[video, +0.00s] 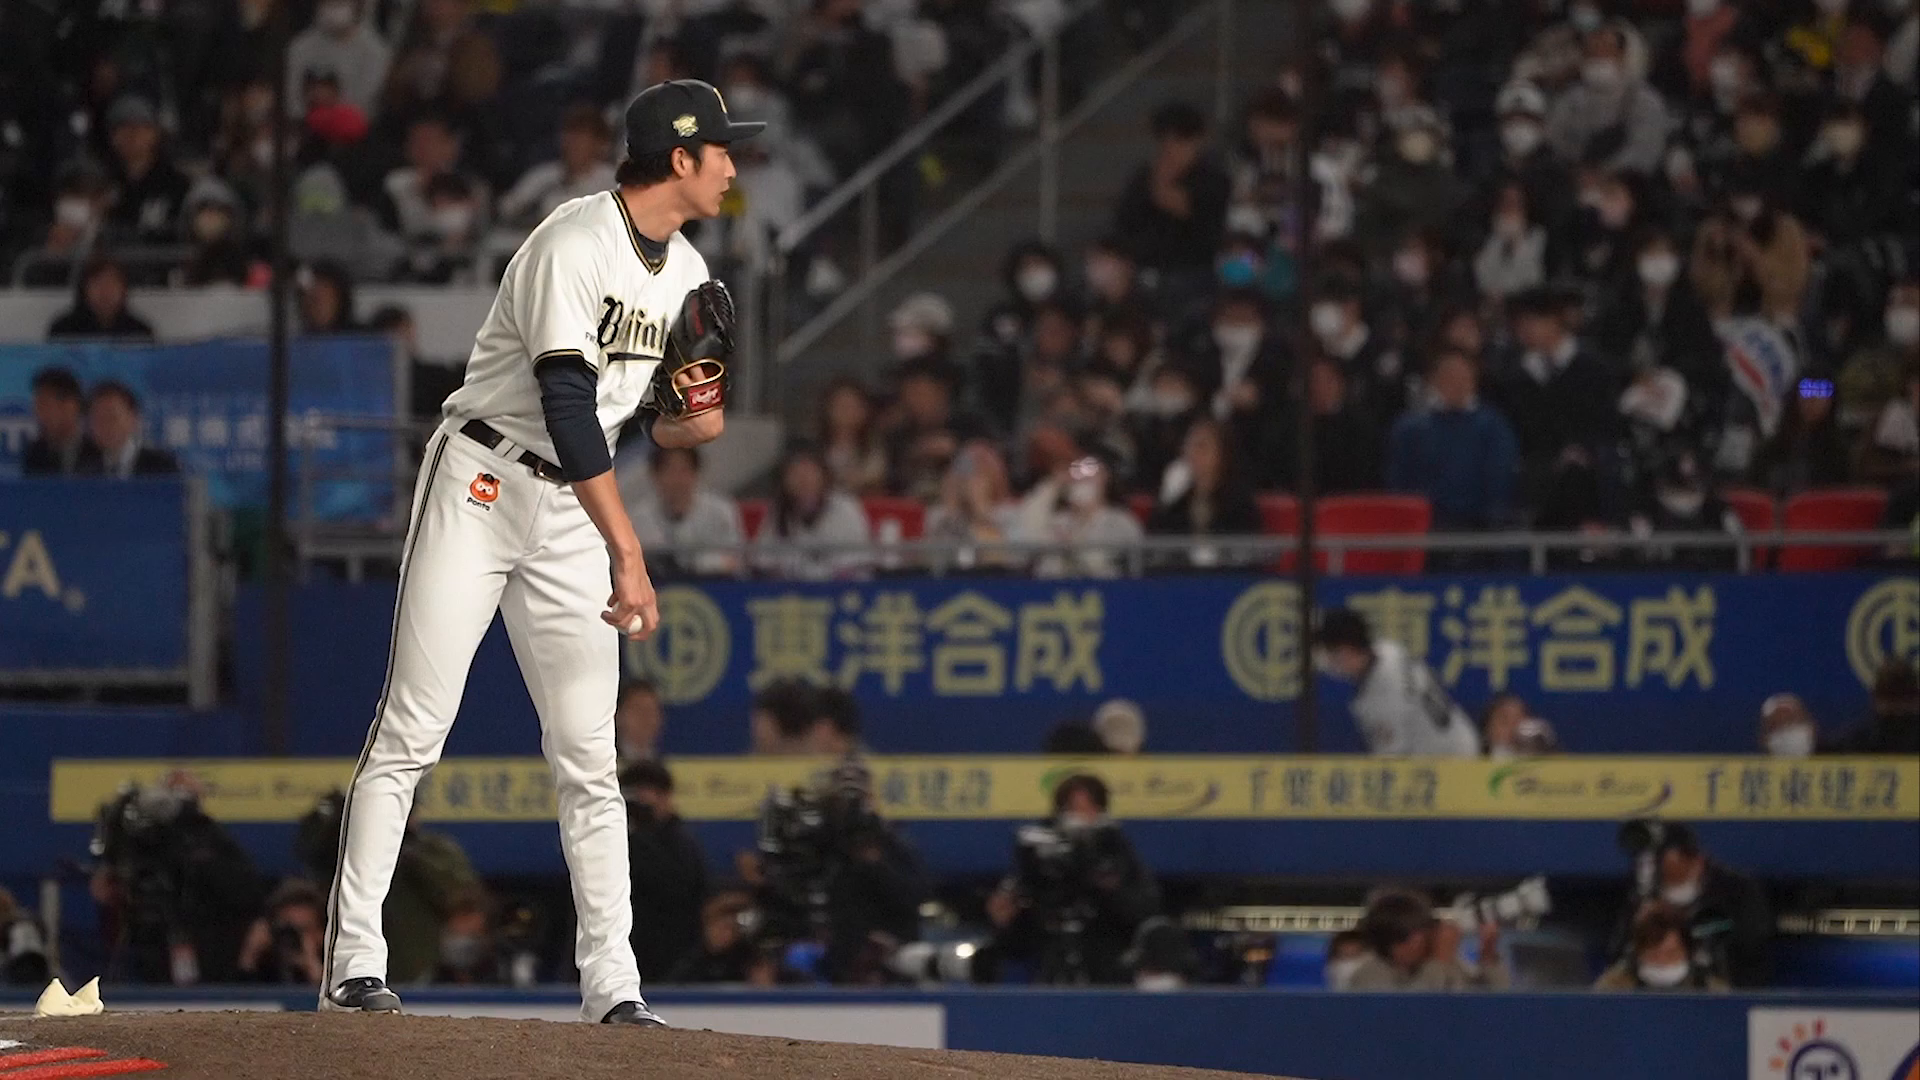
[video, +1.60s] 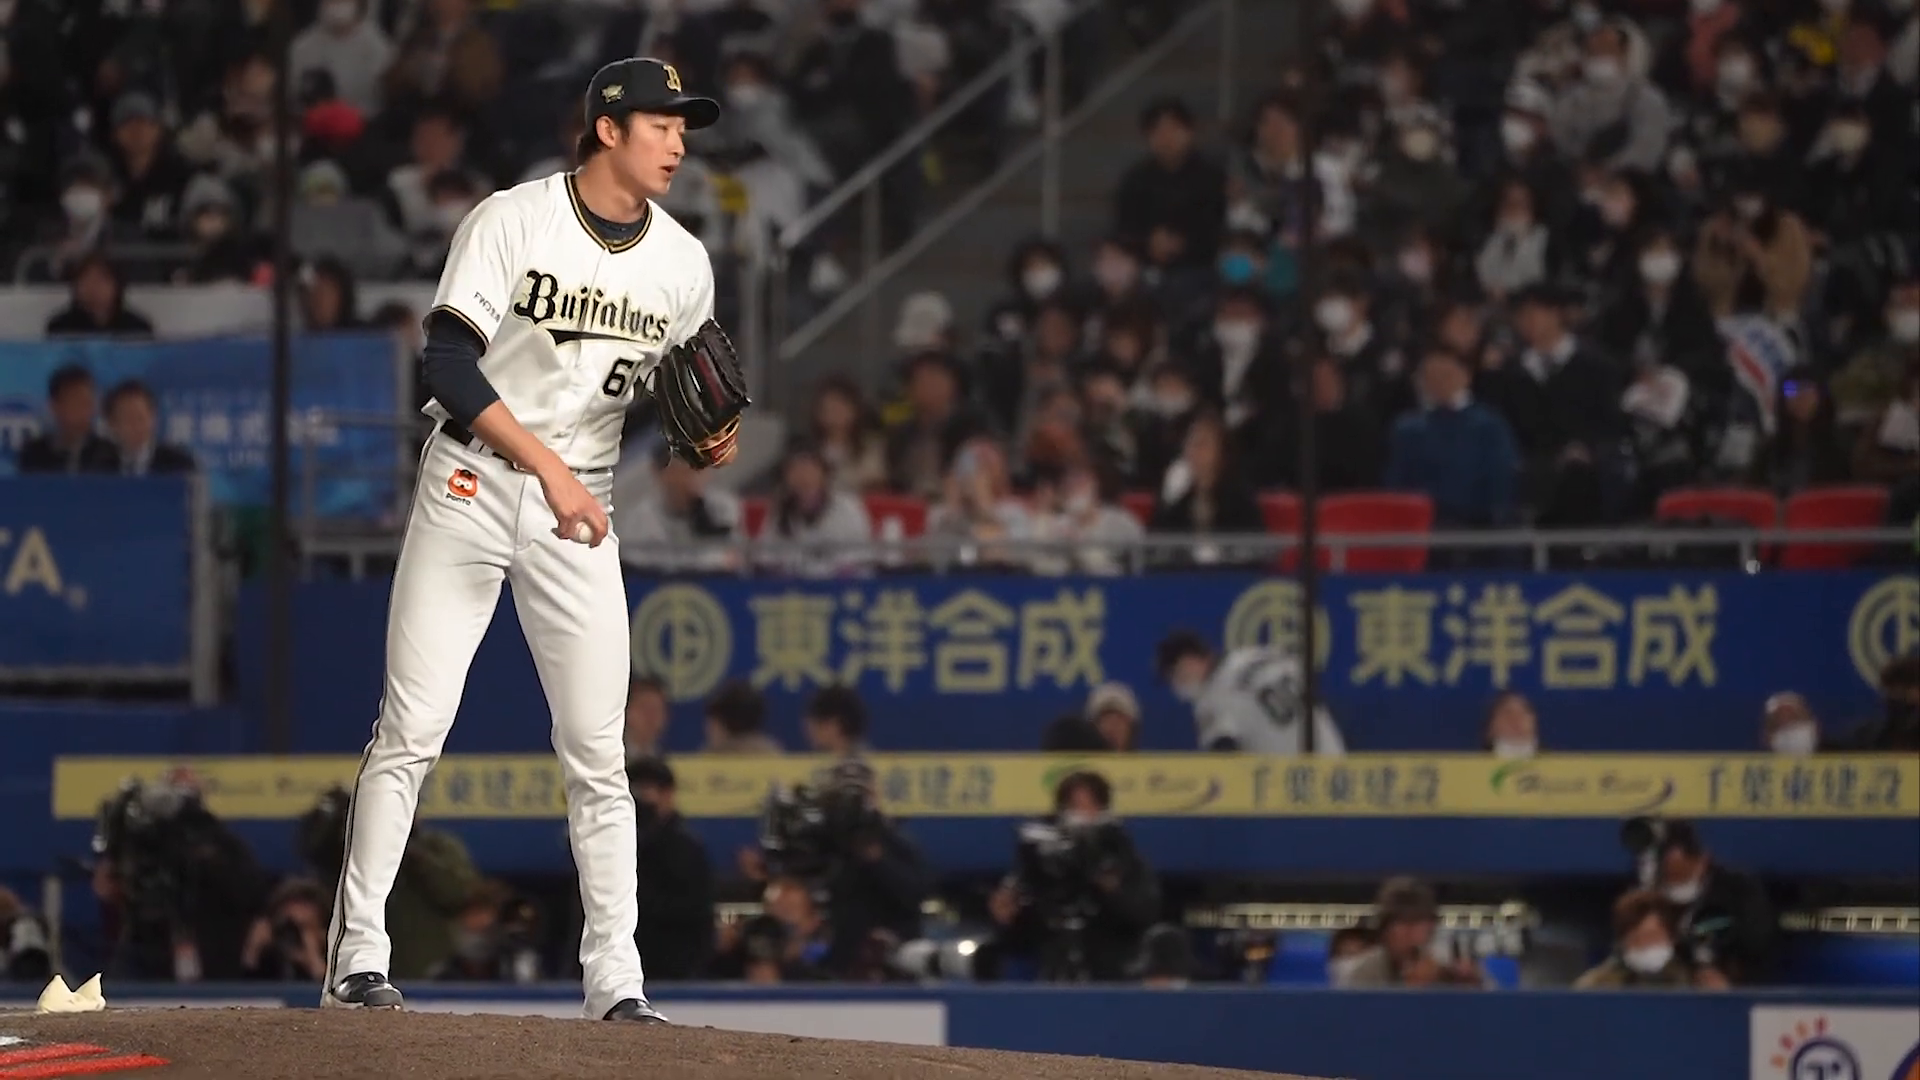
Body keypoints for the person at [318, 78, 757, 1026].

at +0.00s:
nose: (733, 166)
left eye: (730, 151)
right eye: (721, 150)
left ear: (681, 161)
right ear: (680, 157)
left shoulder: (692, 274)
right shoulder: (570, 243)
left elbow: (663, 416)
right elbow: (568, 409)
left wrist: (688, 424)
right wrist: (627, 552)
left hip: (577, 513)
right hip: (480, 481)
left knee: (589, 759)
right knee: (412, 729)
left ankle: (613, 993)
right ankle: (354, 962)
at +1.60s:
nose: (679, 144)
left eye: (683, 129)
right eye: (662, 126)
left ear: (672, 142)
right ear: (605, 128)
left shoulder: (686, 265)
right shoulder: (511, 218)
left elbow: (681, 401)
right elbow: (447, 365)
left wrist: (710, 439)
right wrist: (549, 466)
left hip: (578, 511)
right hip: (470, 492)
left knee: (599, 754)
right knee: (410, 730)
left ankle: (616, 985)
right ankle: (357, 955)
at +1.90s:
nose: (541, 114)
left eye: (552, 100)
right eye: (520, 98)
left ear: (565, 121)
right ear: (475, 112)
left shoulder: (603, 234)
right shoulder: (407, 213)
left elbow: (639, 385)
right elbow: (343, 362)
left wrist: (597, 367)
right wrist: (458, 347)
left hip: (540, 500)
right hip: (423, 489)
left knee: (584, 745)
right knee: (398, 724)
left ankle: (616, 986)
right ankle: (357, 959)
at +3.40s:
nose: (475, 110)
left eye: (490, 94)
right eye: (455, 94)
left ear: (515, 111)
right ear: (422, 113)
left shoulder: (558, 199)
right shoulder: (374, 199)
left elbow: (567, 254)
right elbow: (374, 247)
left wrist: (542, 273)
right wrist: (439, 261)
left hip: (517, 493)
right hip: (399, 492)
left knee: (581, 734)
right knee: (379, 725)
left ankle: (637, 963)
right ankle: (357, 962)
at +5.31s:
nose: (585, 138)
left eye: (591, 121)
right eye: (566, 121)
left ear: (594, 132)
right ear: (514, 129)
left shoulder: (627, 238)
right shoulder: (428, 221)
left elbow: (656, 376)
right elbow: (403, 343)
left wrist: (581, 277)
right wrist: (489, 248)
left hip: (567, 513)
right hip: (447, 503)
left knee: (605, 750)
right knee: (411, 723)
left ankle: (646, 976)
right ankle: (360, 960)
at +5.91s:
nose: (592, 133)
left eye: (594, 118)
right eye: (574, 117)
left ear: (589, 132)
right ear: (519, 126)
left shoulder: (624, 236)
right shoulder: (428, 220)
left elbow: (659, 373)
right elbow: (408, 343)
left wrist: (588, 276)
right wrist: (492, 247)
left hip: (567, 512)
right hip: (449, 503)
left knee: (605, 749)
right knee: (414, 724)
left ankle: (647, 976)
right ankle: (359, 958)